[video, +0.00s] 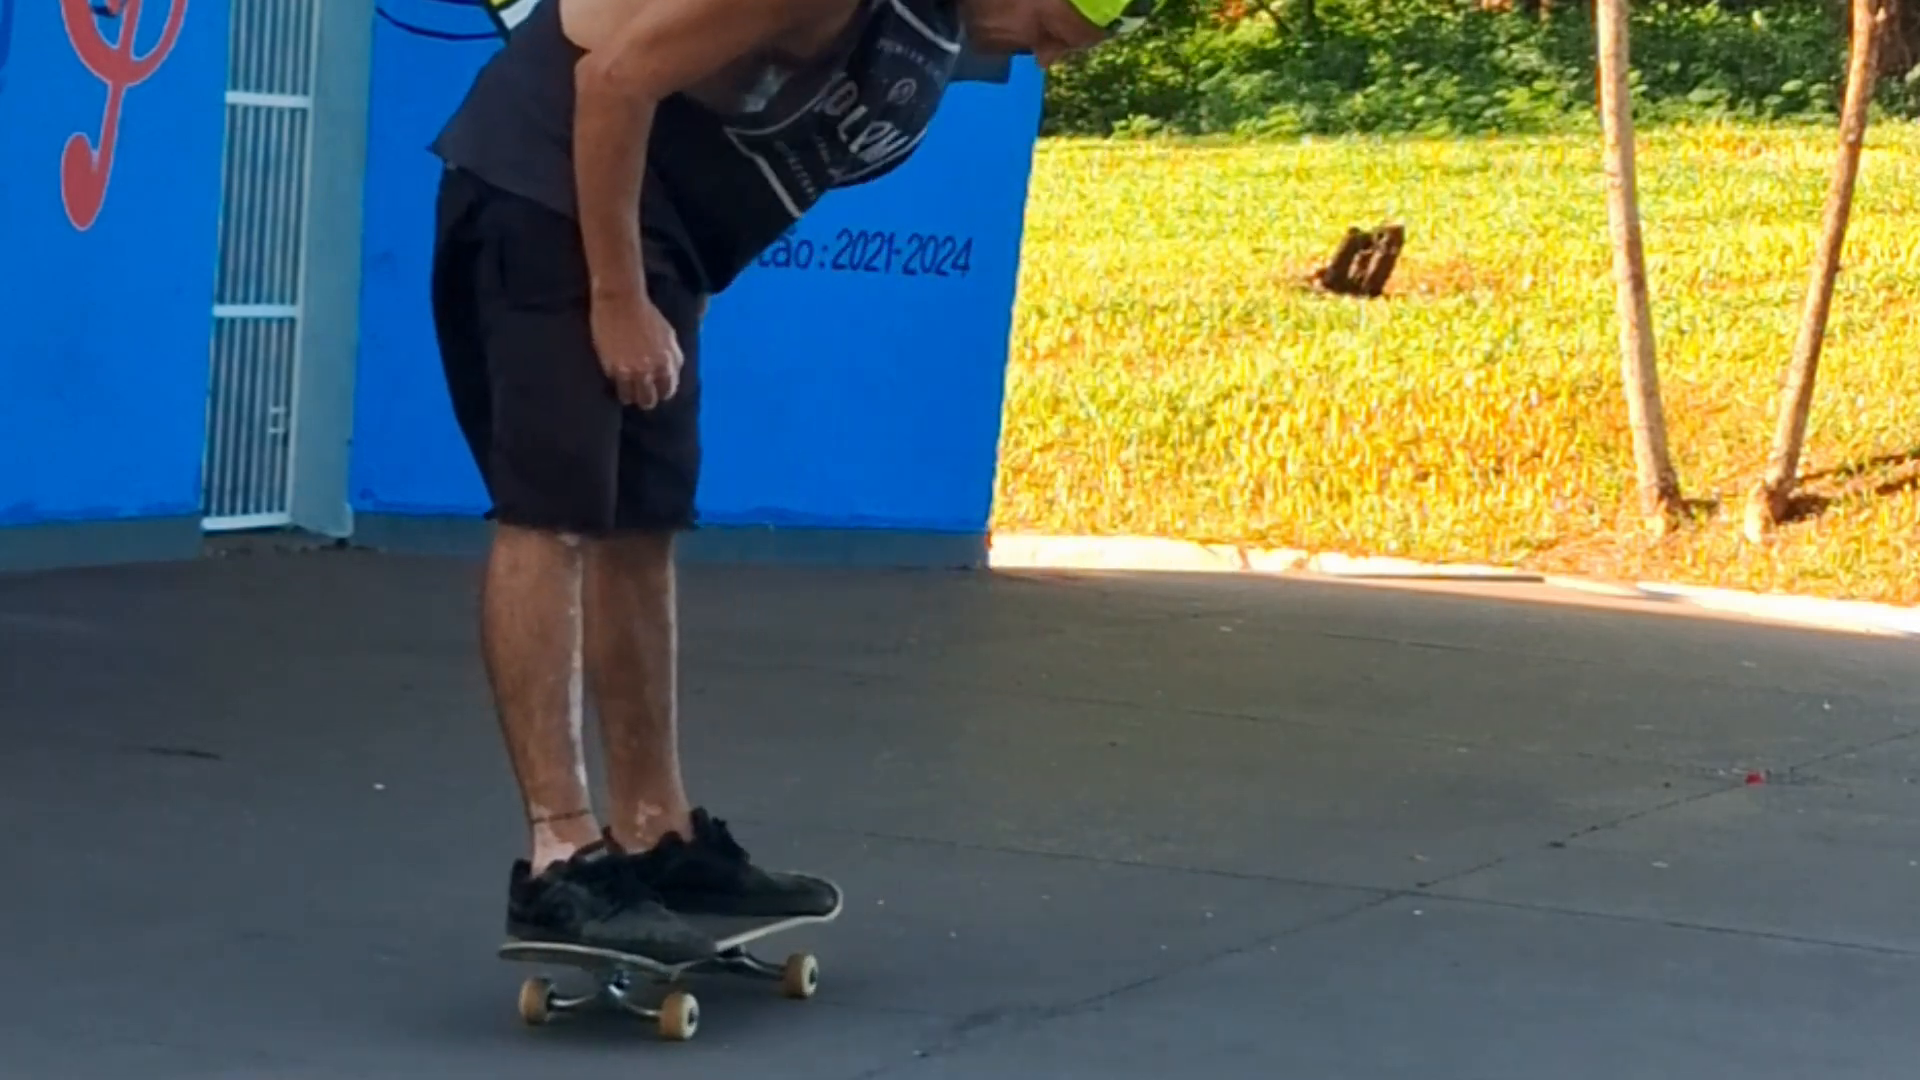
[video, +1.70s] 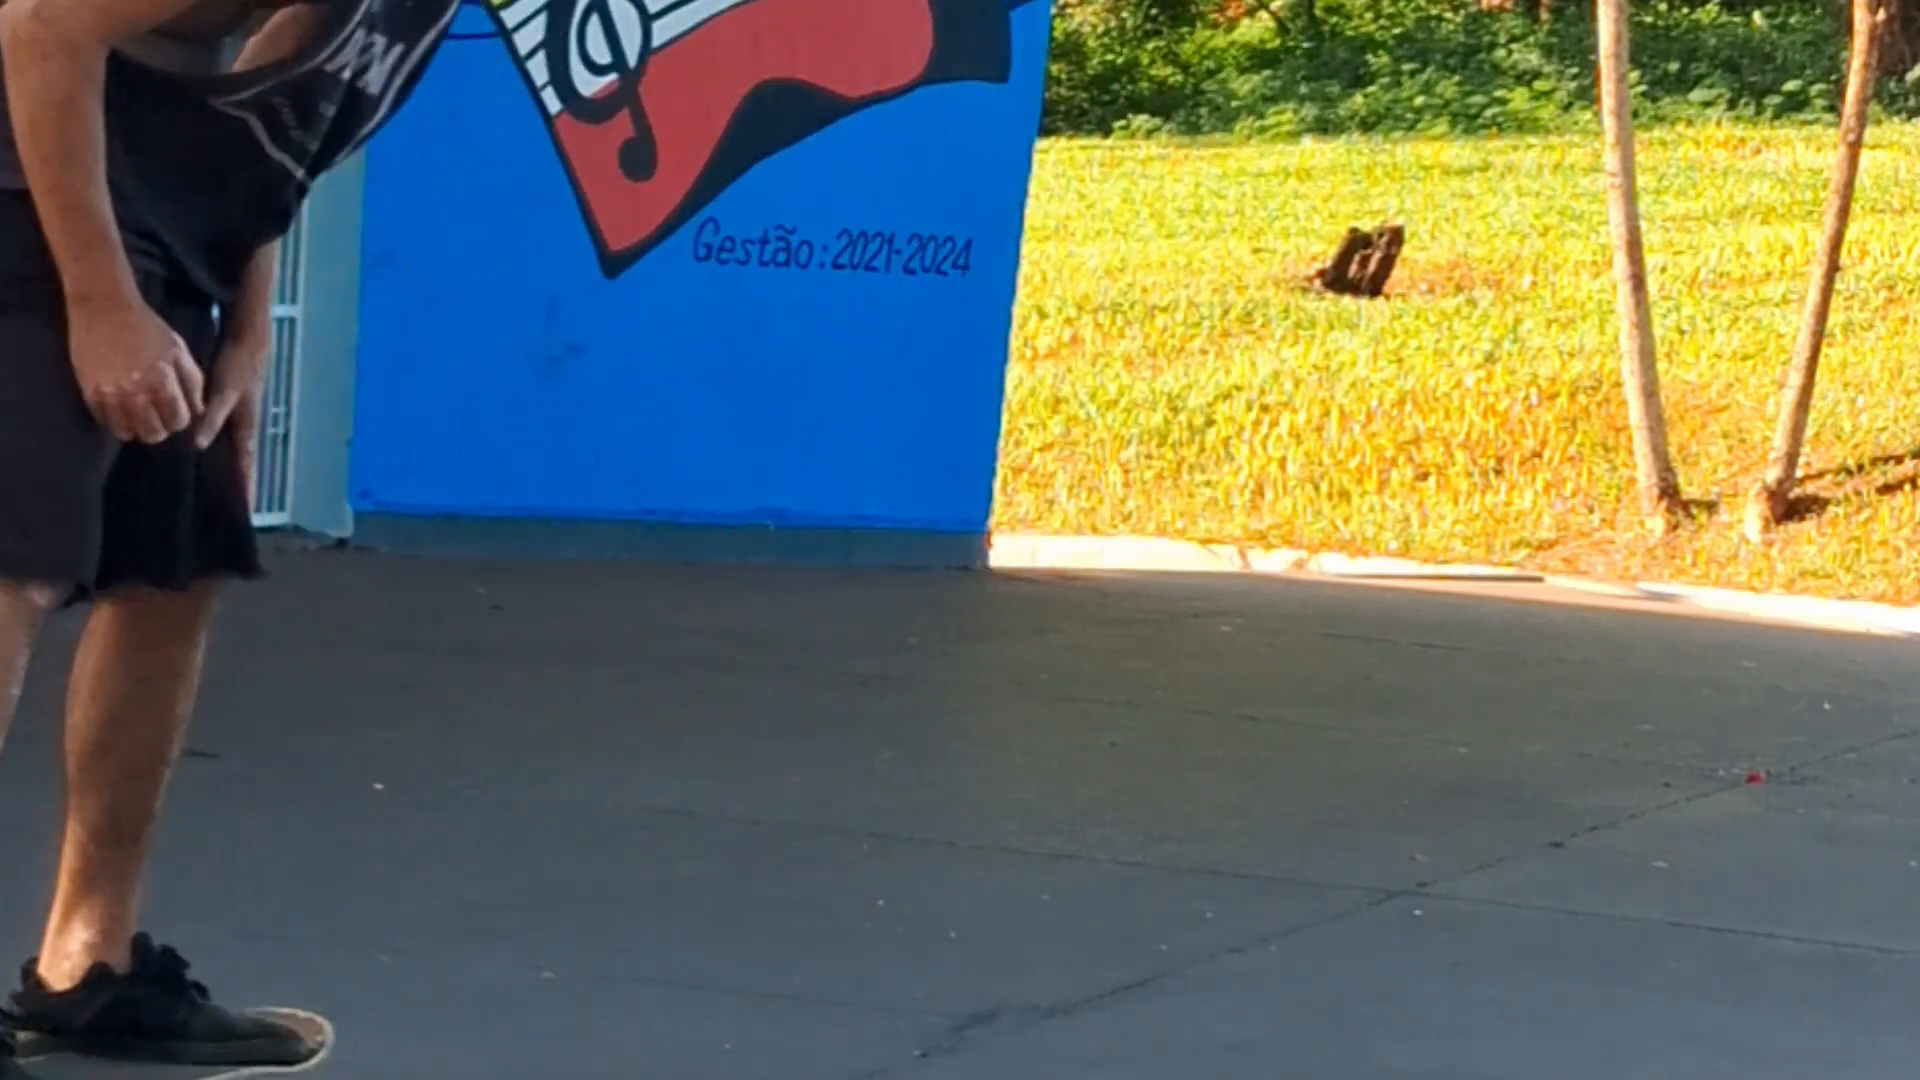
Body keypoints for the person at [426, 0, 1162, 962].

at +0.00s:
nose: (1071, 45)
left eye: (1086, 30)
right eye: (1070, 17)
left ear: (1031, 13)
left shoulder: (937, 55)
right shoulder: (833, 7)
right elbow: (614, 74)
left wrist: (677, 292)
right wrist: (619, 297)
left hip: (659, 230)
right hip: (542, 190)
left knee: (643, 513)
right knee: (546, 507)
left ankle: (654, 836)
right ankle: (557, 861)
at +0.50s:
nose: (920, 14)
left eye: (934, 10)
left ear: (906, 9)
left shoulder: (794, 33)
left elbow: (658, 156)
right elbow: (451, 64)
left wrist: (604, 330)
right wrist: (464, 298)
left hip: (519, 215)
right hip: (388, 169)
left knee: (501, 524)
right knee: (393, 521)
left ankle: (519, 873)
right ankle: (403, 895)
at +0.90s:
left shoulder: (676, 8)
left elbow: (550, 157)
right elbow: (316, 58)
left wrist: (463, 345)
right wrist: (334, 303)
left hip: (404, 206)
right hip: (250, 160)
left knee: (377, 538)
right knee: (249, 534)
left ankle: (395, 902)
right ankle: (257, 929)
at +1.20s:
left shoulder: (565, 17)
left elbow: (445, 132)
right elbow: (223, 53)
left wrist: (393, 323)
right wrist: (240, 305)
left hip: (318, 214)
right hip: (150, 165)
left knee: (309, 538)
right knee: (146, 542)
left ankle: (288, 920)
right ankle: (131, 960)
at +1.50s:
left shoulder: (510, 15)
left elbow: (336, 132)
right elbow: (124, 41)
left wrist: (287, 336)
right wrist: (171, 307)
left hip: (224, 191)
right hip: (63, 137)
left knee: (213, 544)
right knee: (68, 541)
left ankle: (151, 956)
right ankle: (5, 965)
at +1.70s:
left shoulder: (425, 13)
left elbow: (269, 126)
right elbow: (44, 26)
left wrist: (248, 324)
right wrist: (101, 299)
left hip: (185, 246)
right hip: (46, 190)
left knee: (172, 563)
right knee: (26, 560)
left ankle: (83, 965)